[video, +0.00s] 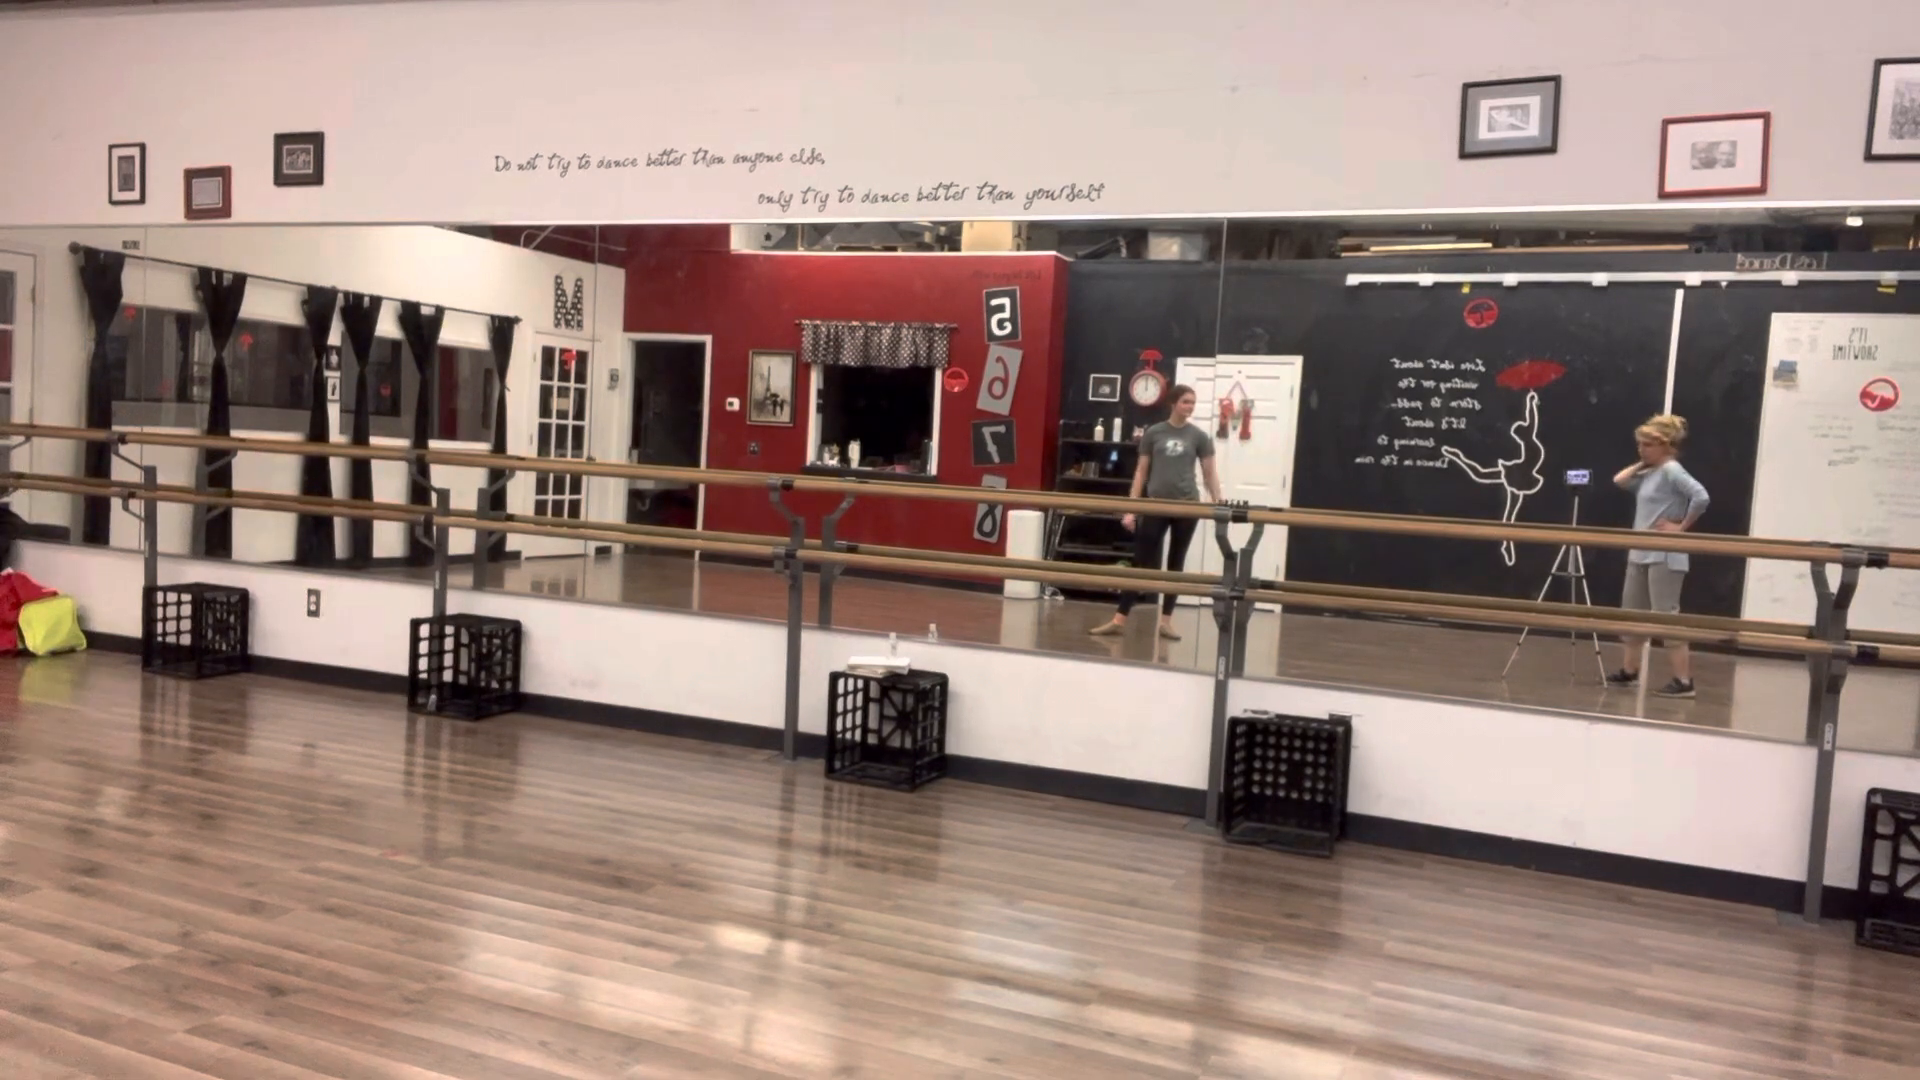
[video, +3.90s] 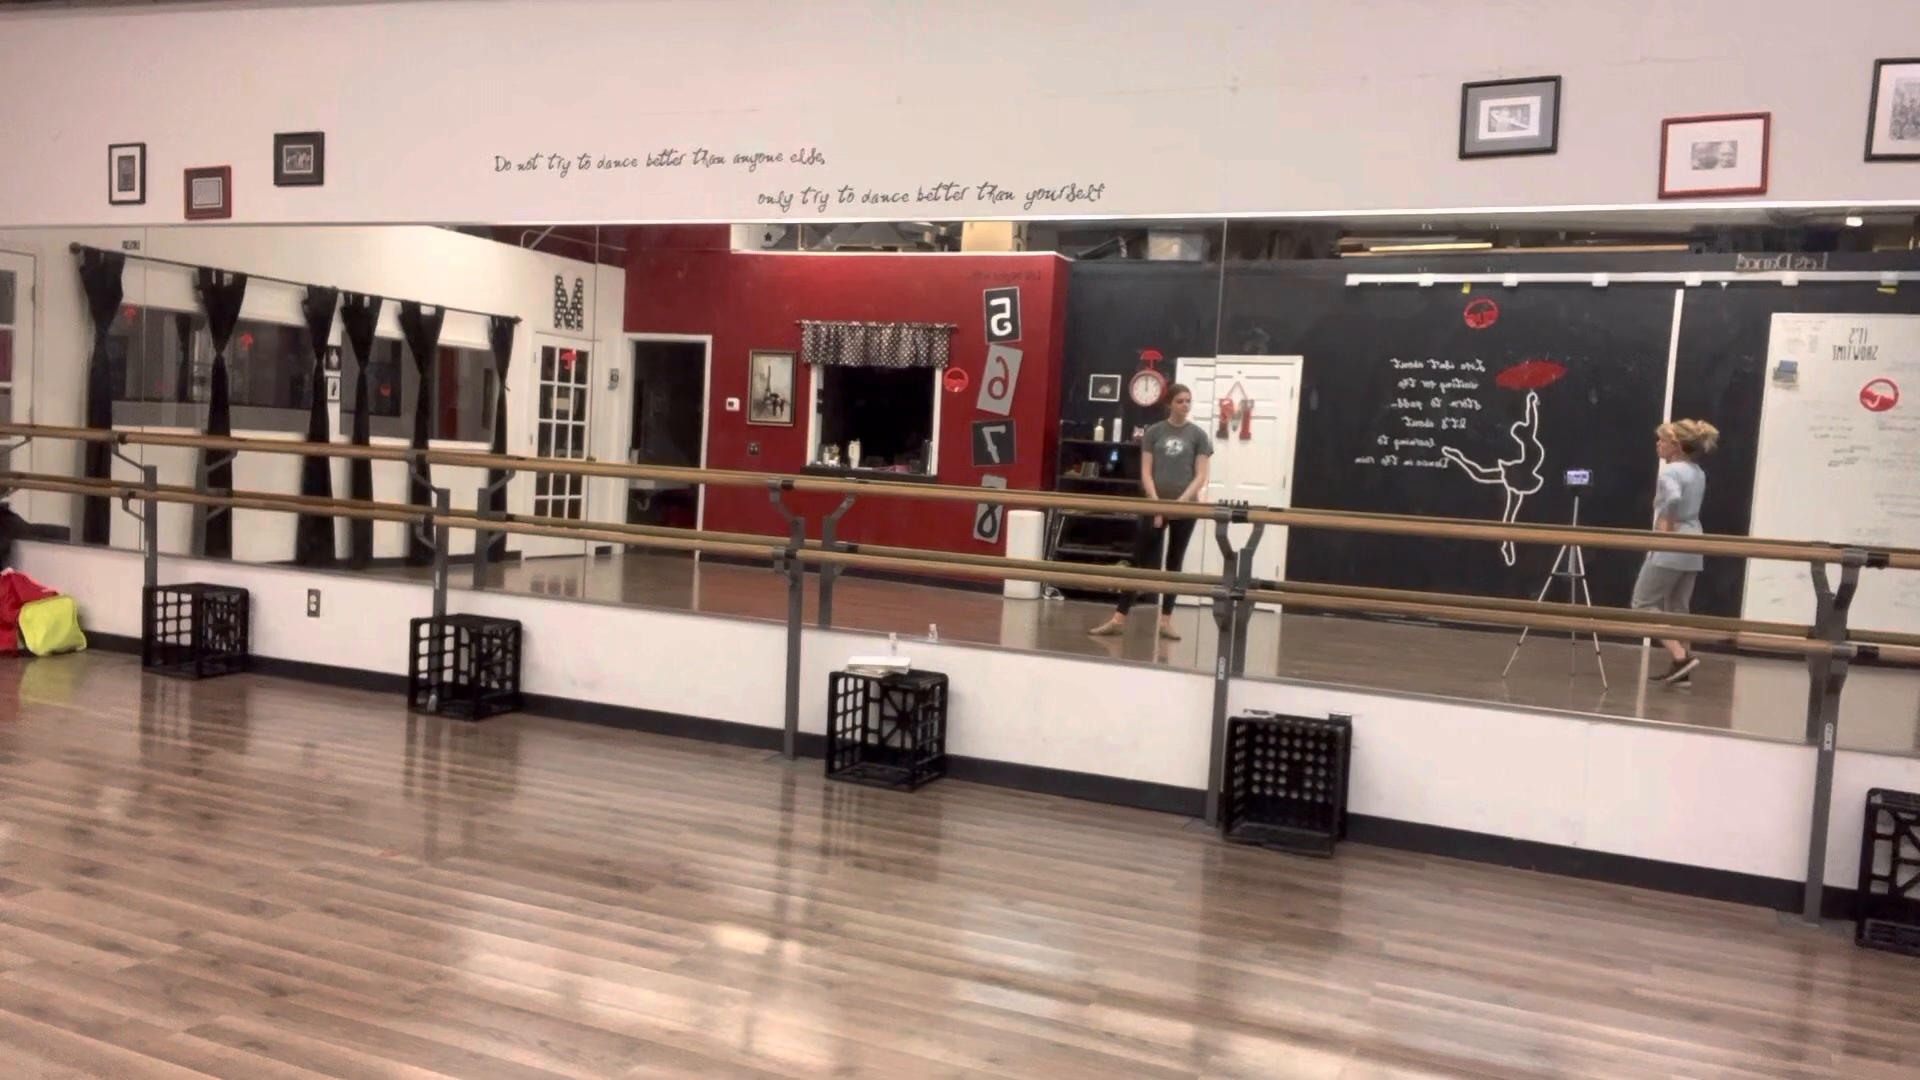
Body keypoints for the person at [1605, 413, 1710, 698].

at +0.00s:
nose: (1642, 450)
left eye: (1648, 445)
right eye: (1640, 444)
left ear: (1666, 446)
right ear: (1642, 447)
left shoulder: (1672, 470)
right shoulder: (1648, 473)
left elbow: (1700, 497)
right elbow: (1619, 480)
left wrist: (1681, 527)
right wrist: (1642, 463)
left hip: (1665, 556)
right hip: (1639, 553)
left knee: (1667, 617)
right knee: (1631, 613)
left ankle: (1682, 679)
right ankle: (1629, 670)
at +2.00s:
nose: (1643, 449)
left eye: (1650, 444)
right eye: (1641, 442)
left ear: (1665, 447)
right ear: (1639, 444)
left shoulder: (1676, 473)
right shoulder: (1637, 473)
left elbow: (1712, 499)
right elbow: (1627, 491)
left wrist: (1689, 528)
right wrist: (1638, 465)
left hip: (1668, 556)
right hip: (1636, 555)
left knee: (1671, 618)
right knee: (1637, 616)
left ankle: (1674, 677)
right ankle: (1629, 670)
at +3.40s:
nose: (1659, 444)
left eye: (1664, 439)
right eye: (1660, 439)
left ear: (1679, 445)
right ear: (1672, 444)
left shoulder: (1683, 471)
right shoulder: (1675, 471)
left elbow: (1698, 500)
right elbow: (1651, 501)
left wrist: (1688, 525)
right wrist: (1664, 471)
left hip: (1682, 554)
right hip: (1669, 552)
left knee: (1679, 615)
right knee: (1669, 614)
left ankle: (1688, 679)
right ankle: (1672, 667)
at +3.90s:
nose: (1658, 444)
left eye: (1662, 440)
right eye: (1659, 439)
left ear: (1677, 446)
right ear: (1683, 447)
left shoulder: (1670, 472)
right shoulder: (1698, 473)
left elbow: (1673, 498)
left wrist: (1665, 524)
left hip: (1670, 542)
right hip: (1693, 541)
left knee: (1642, 604)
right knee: (1679, 607)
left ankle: (1680, 655)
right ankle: (1681, 665)